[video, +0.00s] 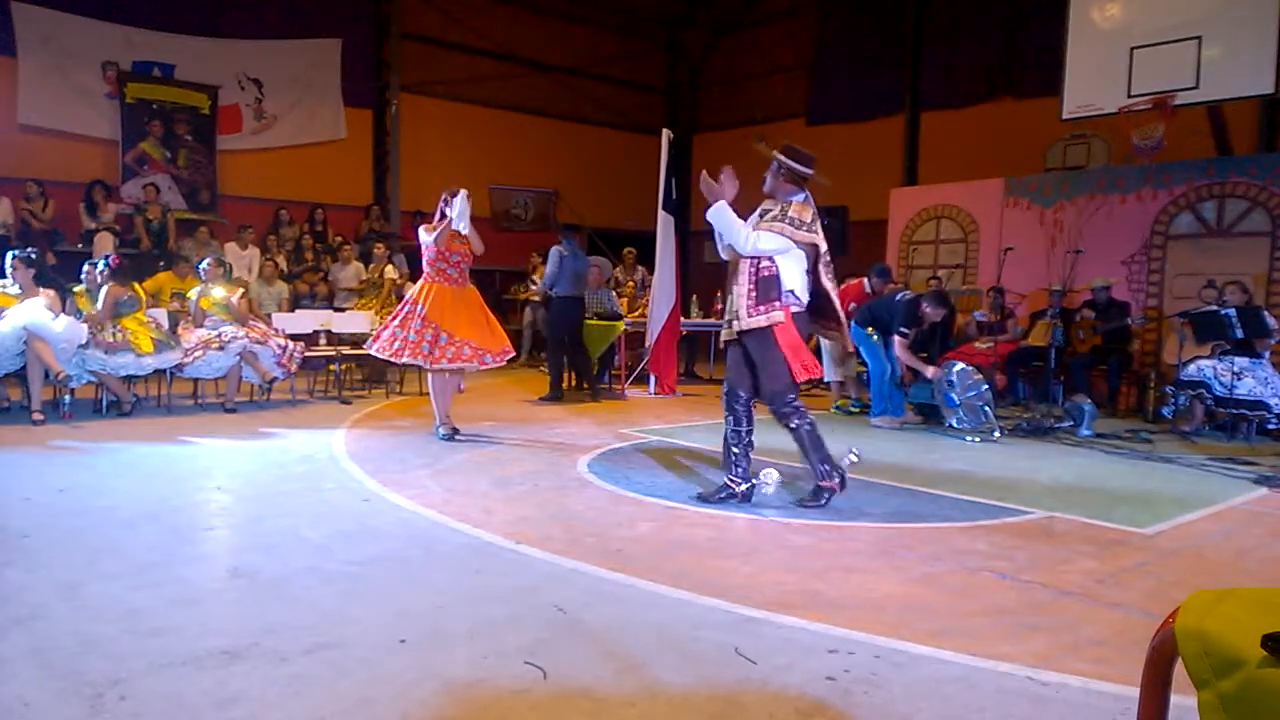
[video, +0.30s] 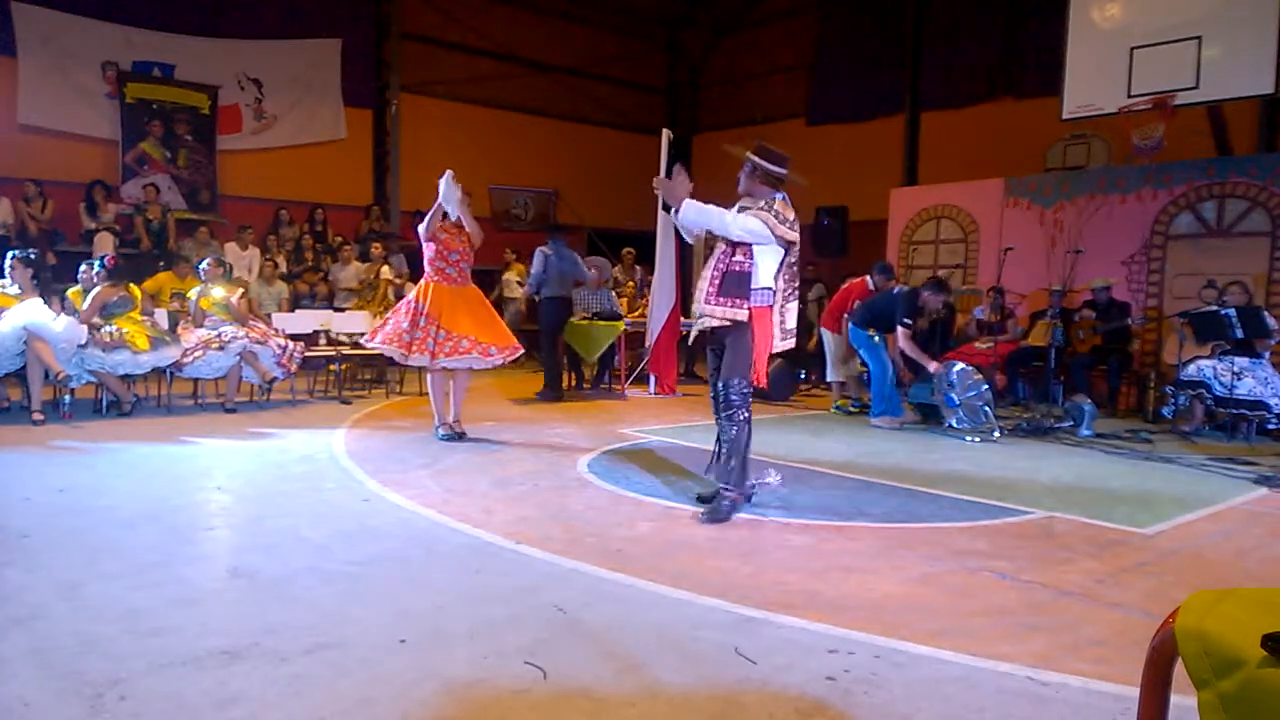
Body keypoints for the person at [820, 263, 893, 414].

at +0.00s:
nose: (884, 288)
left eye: (886, 284)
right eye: (883, 283)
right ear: (873, 279)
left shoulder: (876, 294)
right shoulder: (855, 291)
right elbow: (839, 316)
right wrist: (845, 340)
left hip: (849, 328)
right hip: (831, 326)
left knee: (851, 365)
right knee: (835, 365)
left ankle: (855, 398)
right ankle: (837, 400)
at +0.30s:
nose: (889, 285)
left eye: (891, 281)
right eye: (887, 280)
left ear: (880, 277)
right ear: (877, 277)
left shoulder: (873, 289)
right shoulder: (861, 289)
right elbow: (847, 317)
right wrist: (847, 345)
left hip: (849, 324)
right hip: (832, 324)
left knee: (852, 364)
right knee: (837, 363)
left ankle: (856, 398)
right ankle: (837, 400)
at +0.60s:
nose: (890, 279)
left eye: (892, 276)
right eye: (888, 275)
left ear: (885, 273)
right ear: (878, 271)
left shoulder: (878, 287)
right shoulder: (863, 285)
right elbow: (857, 311)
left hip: (855, 325)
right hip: (838, 323)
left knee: (859, 362)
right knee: (840, 361)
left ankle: (859, 397)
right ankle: (838, 399)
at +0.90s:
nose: (892, 275)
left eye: (894, 270)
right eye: (890, 270)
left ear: (891, 270)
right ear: (879, 268)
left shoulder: (884, 285)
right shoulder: (863, 283)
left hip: (862, 326)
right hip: (845, 325)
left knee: (863, 363)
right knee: (848, 362)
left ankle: (859, 398)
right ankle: (841, 398)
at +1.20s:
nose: (892, 271)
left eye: (893, 267)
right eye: (889, 266)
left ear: (892, 265)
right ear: (879, 264)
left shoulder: (884, 282)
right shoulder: (864, 282)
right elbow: (851, 308)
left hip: (871, 326)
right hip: (856, 326)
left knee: (867, 362)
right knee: (854, 361)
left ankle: (860, 397)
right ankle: (844, 396)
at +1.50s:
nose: (892, 269)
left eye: (893, 265)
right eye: (889, 264)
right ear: (879, 262)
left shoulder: (884, 280)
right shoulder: (864, 281)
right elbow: (857, 307)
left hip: (874, 325)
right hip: (861, 326)